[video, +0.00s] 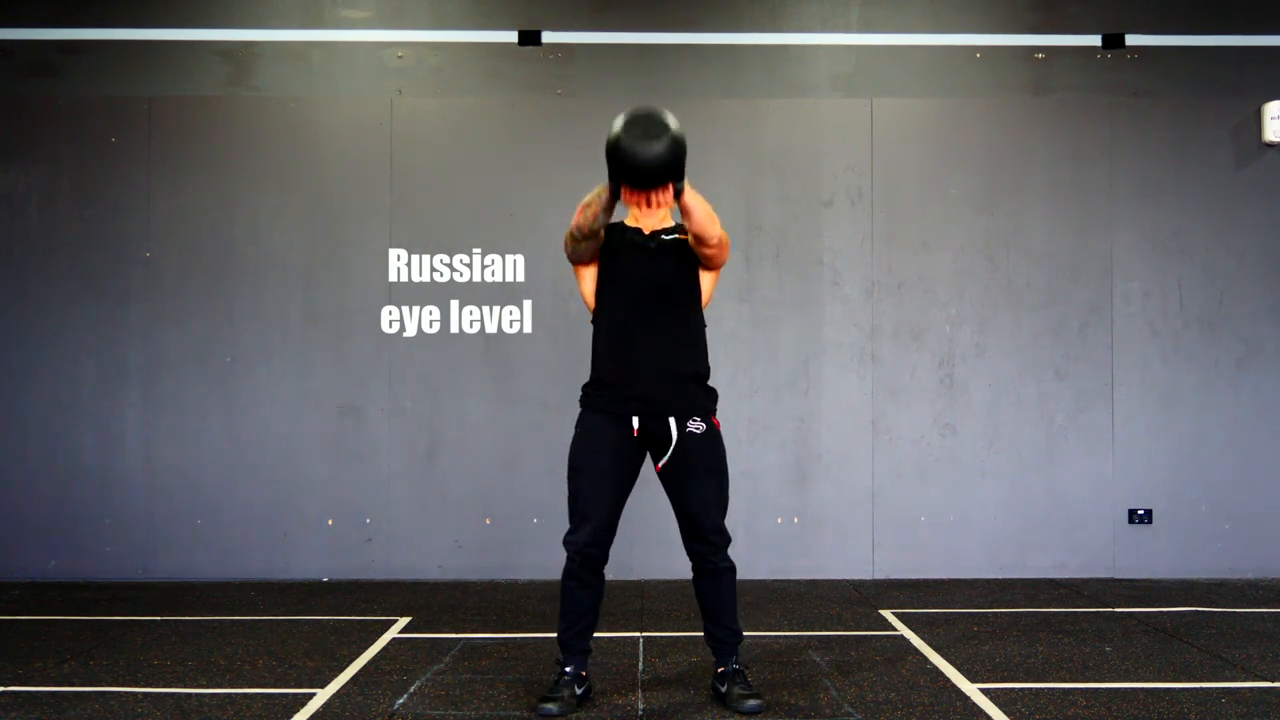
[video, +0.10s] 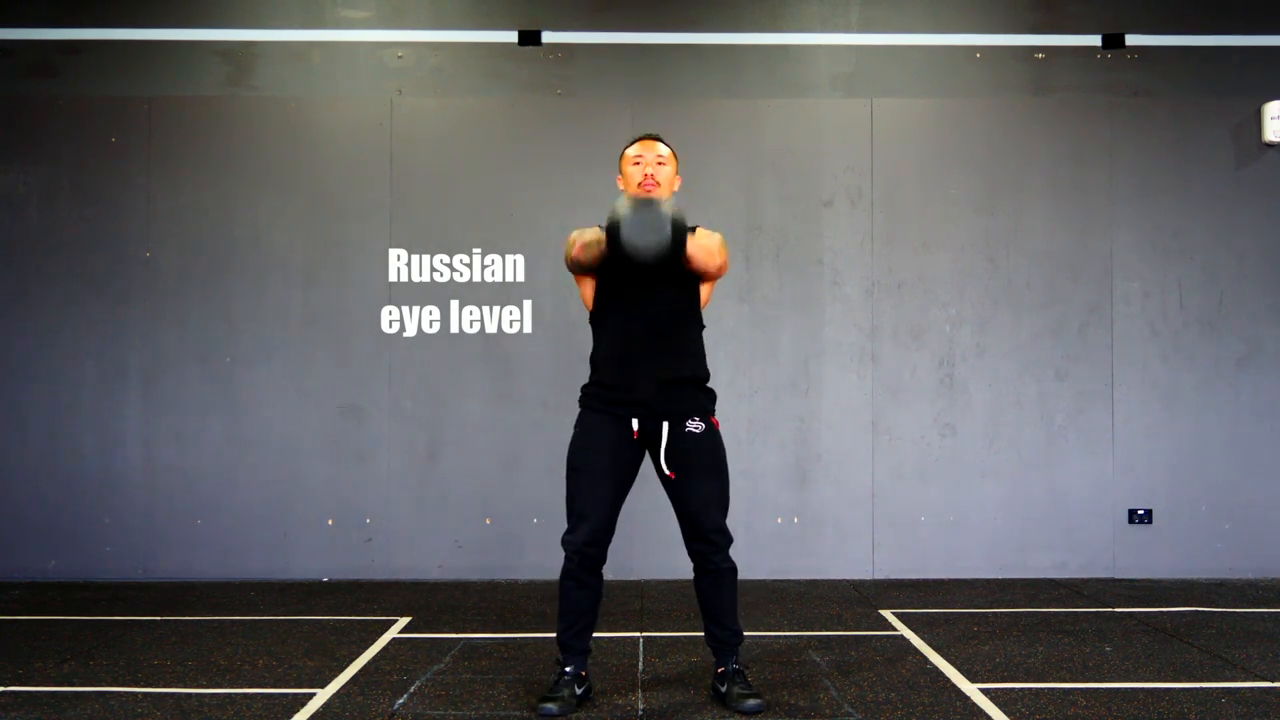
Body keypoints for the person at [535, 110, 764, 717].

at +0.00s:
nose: (649, 201)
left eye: (659, 192)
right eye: (638, 192)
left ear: (677, 184)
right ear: (618, 184)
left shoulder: (703, 242)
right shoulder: (592, 236)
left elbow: (714, 240)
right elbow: (578, 238)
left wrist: (682, 191)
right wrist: (609, 197)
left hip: (685, 408)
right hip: (610, 409)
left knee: (710, 544)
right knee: (585, 543)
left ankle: (729, 669)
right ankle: (572, 673)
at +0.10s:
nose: (648, 168)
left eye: (660, 161)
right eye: (637, 161)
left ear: (677, 180)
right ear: (619, 180)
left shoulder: (700, 241)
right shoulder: (593, 242)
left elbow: (714, 261)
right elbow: (578, 254)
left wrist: (670, 232)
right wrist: (615, 235)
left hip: (685, 411)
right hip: (609, 410)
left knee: (711, 543)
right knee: (583, 543)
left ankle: (730, 670)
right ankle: (571, 672)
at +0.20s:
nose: (648, 168)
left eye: (660, 160)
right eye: (637, 160)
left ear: (676, 178)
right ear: (620, 179)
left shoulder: (704, 246)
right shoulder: (589, 244)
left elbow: (702, 291)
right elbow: (592, 285)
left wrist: (674, 319)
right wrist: (620, 313)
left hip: (683, 413)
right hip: (607, 413)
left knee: (716, 542)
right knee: (578, 542)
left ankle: (730, 670)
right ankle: (571, 672)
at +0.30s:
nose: (647, 171)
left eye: (659, 163)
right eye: (635, 163)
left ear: (676, 181)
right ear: (617, 183)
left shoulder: (706, 258)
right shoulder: (584, 258)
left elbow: (699, 338)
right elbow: (595, 336)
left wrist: (674, 400)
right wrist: (622, 397)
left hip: (686, 415)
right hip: (604, 416)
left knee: (729, 544)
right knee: (565, 544)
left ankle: (731, 671)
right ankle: (570, 672)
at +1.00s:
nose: (651, 183)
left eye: (662, 176)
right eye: (639, 175)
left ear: (679, 194)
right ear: (622, 194)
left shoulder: (705, 257)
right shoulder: (593, 254)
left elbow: (705, 292)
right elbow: (597, 290)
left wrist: (679, 314)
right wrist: (624, 311)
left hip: (687, 417)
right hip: (611, 417)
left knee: (716, 544)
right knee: (584, 546)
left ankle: (730, 671)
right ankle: (573, 673)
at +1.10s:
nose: (653, 181)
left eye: (664, 172)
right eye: (644, 171)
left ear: (679, 190)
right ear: (627, 187)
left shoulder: (703, 255)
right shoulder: (597, 249)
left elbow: (715, 246)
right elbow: (585, 232)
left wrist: (681, 198)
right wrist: (613, 199)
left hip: (686, 415)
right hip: (610, 412)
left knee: (712, 542)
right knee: (583, 545)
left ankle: (729, 670)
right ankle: (573, 672)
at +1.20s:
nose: (657, 166)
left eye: (668, 158)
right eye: (644, 158)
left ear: (683, 175)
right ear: (627, 175)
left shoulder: (705, 242)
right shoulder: (600, 234)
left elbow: (714, 189)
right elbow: (584, 175)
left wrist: (679, 116)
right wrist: (617, 116)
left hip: (686, 414)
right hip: (609, 413)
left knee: (709, 545)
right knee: (586, 543)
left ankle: (729, 672)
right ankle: (573, 674)